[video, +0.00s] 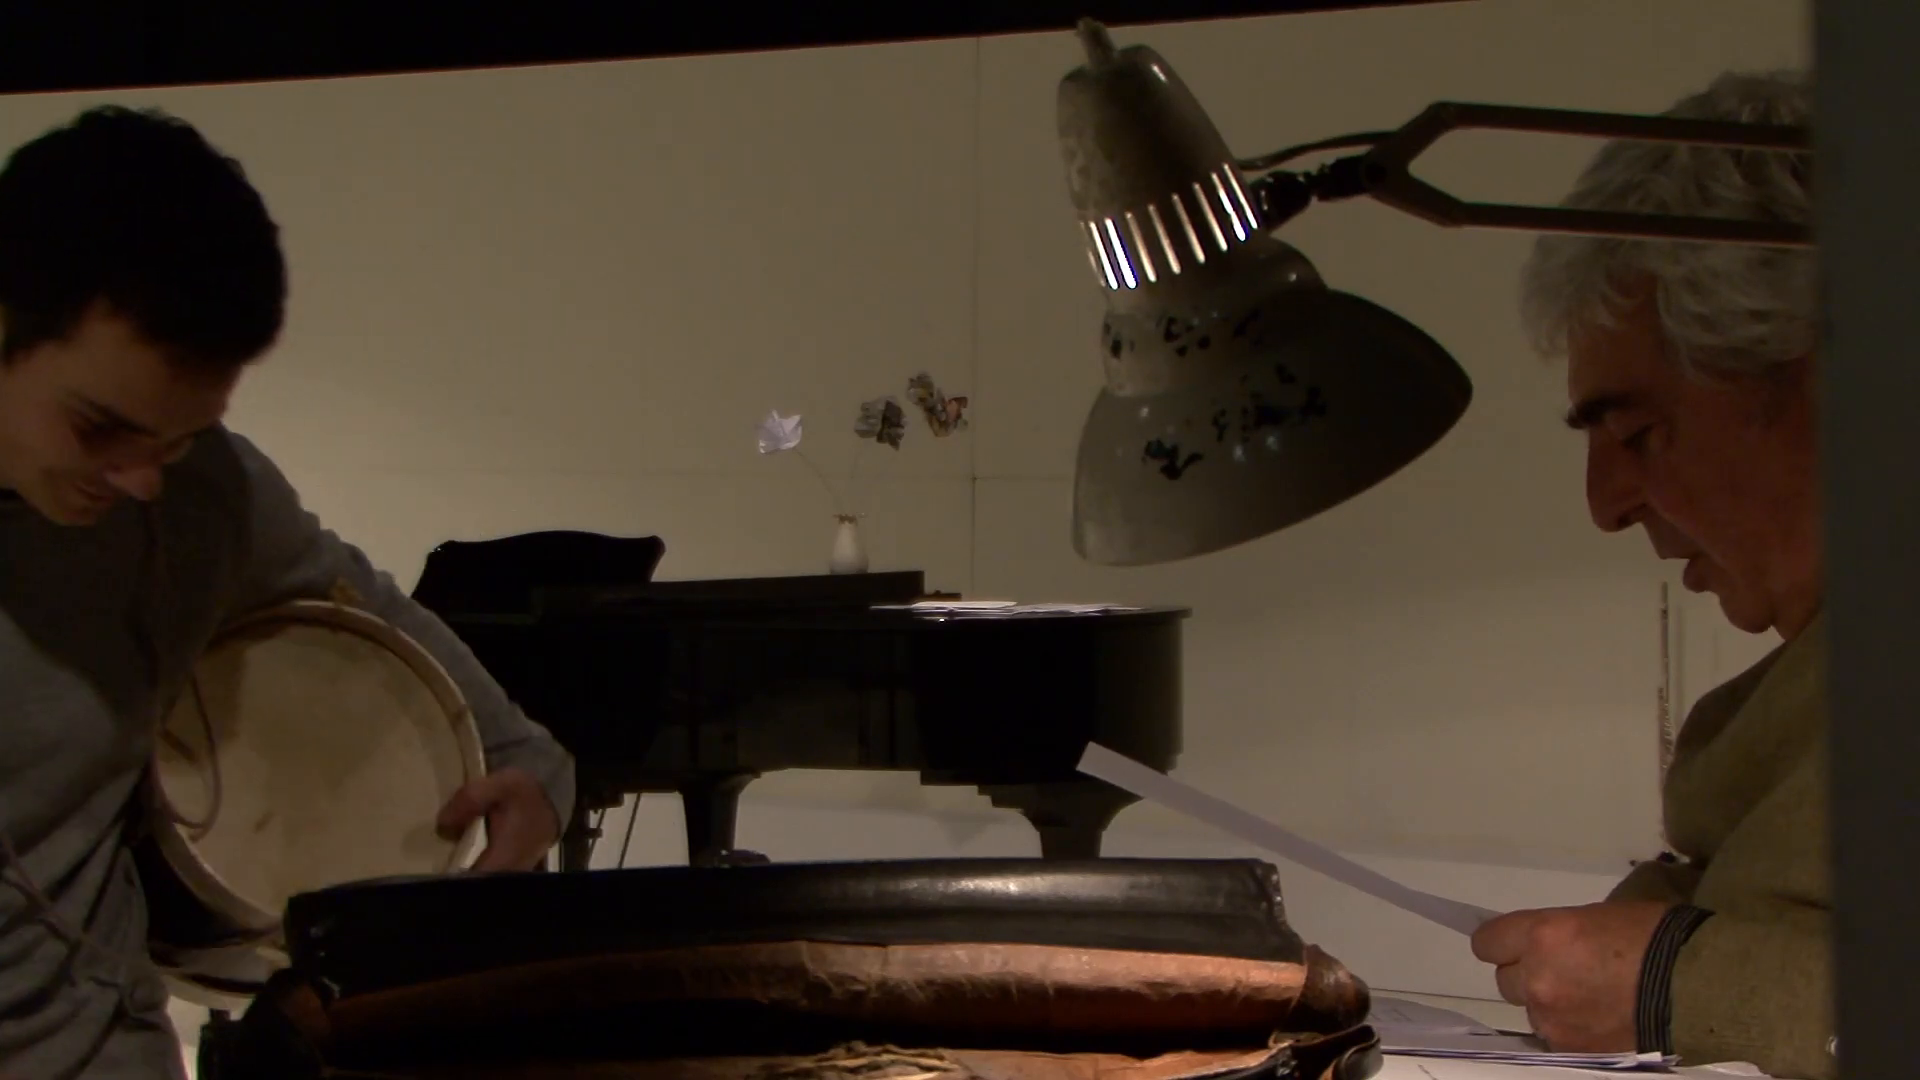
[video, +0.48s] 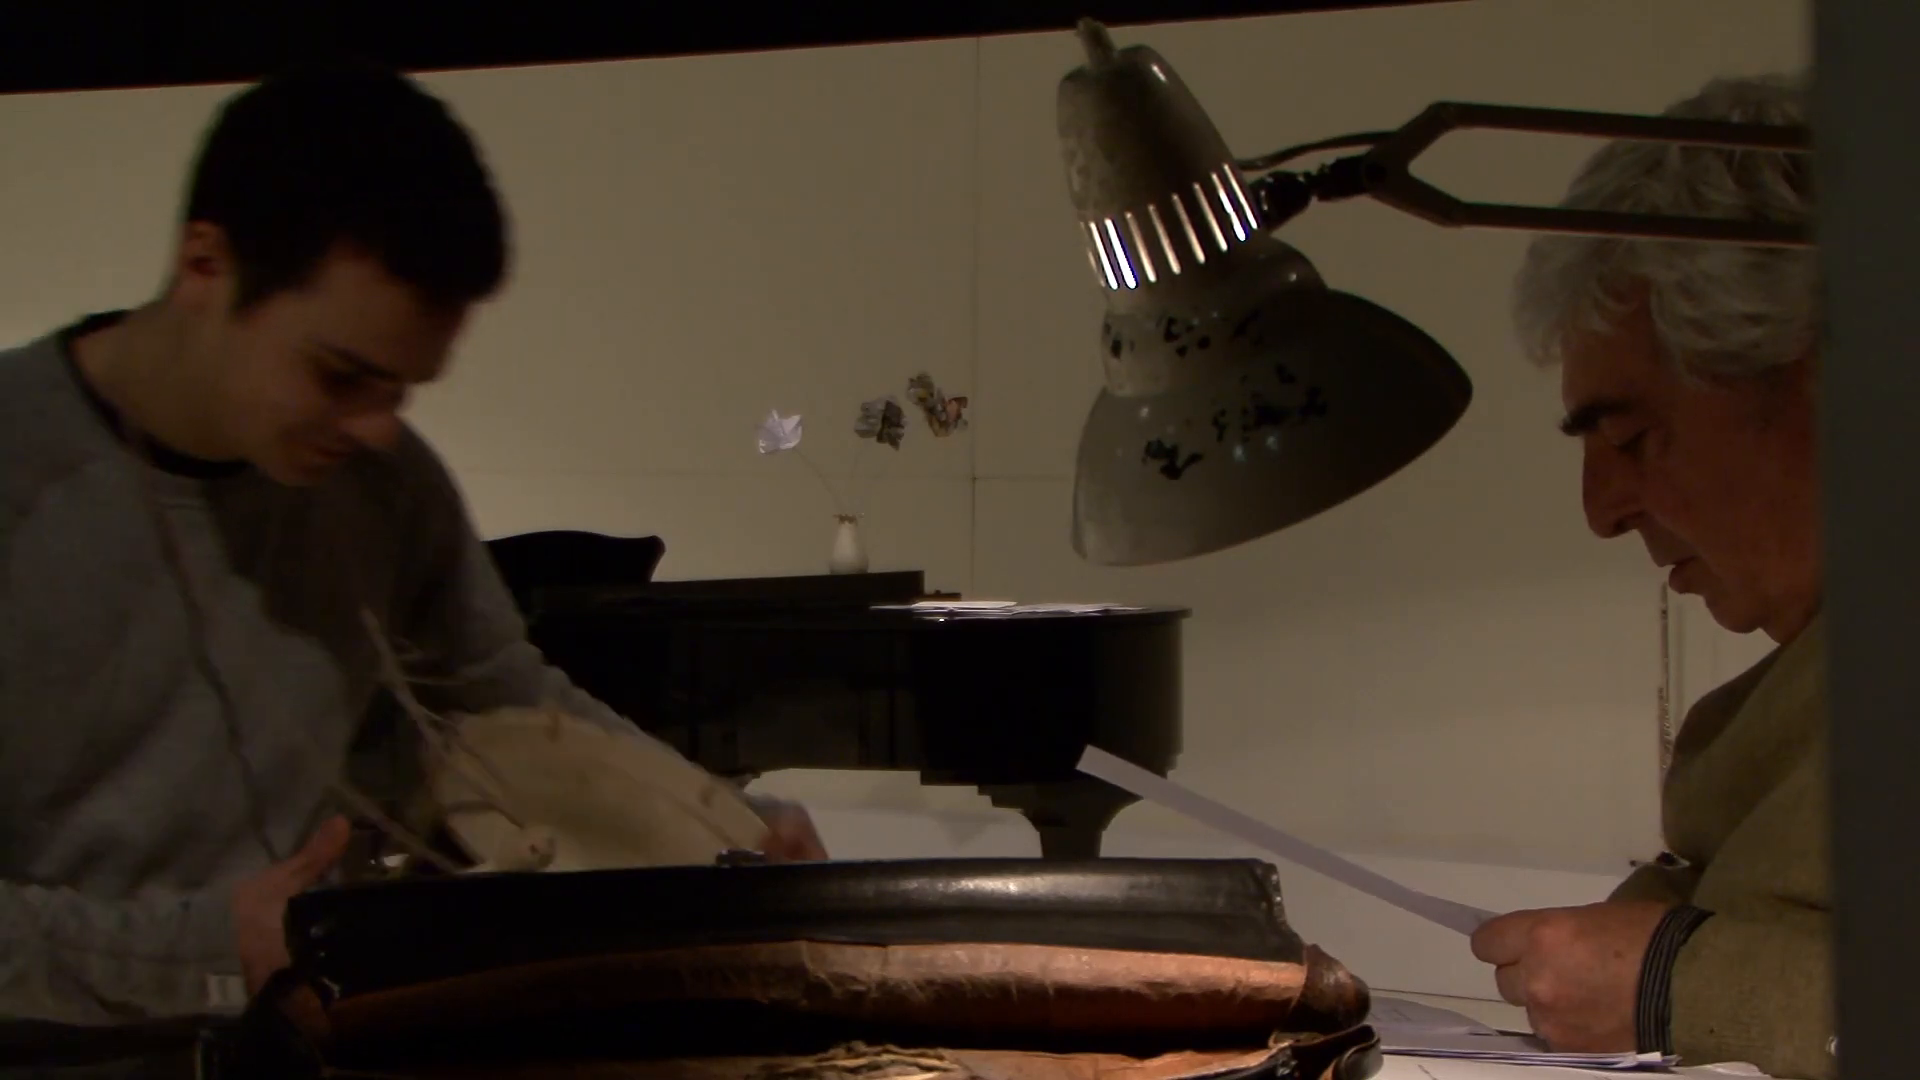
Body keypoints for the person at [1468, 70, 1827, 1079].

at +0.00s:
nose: (1608, 506)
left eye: (1636, 430)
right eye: (1597, 441)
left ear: (1815, 372)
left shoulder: (1875, 658)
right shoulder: (1797, 676)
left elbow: (1895, 1007)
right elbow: (1749, 871)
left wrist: (1673, 983)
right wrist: (1653, 927)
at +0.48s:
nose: (1604, 511)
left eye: (1632, 434)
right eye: (1593, 448)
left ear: (1815, 377)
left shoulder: (1875, 663)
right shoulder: (1790, 683)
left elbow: (1892, 1009)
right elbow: (1743, 875)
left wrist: (1674, 984)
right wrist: (1651, 933)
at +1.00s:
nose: (1603, 516)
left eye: (1629, 440)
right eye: (1592, 453)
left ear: (1811, 379)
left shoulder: (1877, 658)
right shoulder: (1792, 676)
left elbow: (1895, 1007)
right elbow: (1747, 874)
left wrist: (1675, 985)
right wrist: (1650, 932)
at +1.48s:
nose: (1602, 517)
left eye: (1625, 437)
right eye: (1590, 448)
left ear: (1809, 381)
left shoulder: (1870, 659)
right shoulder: (1795, 670)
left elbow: (1892, 1006)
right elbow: (1732, 869)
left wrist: (1673, 983)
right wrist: (1645, 936)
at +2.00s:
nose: (1602, 518)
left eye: (1625, 439)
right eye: (1589, 451)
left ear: (1809, 381)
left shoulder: (1872, 657)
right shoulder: (1795, 670)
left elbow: (1892, 1006)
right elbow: (1737, 873)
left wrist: (1673, 984)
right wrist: (1646, 942)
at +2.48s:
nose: (1601, 520)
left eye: (1623, 439)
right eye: (1589, 453)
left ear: (1806, 378)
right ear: (1802, 375)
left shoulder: (1873, 656)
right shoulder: (1795, 670)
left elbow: (1894, 1004)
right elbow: (1734, 874)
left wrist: (1672, 984)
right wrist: (1643, 943)